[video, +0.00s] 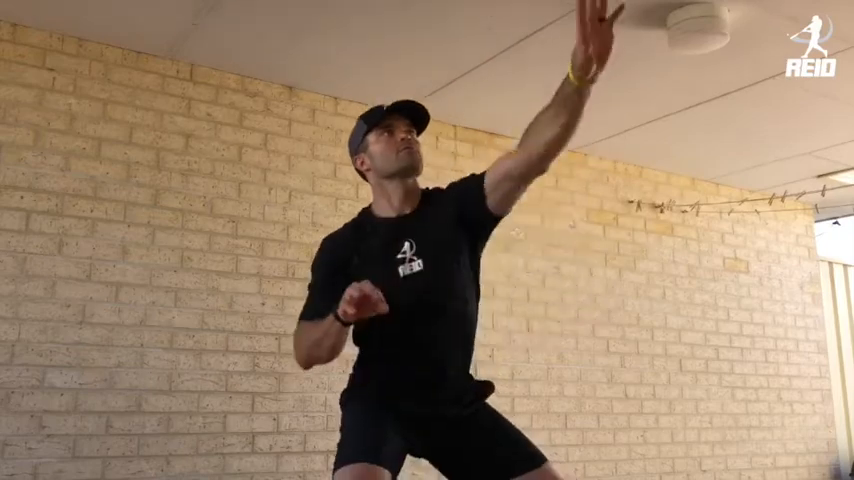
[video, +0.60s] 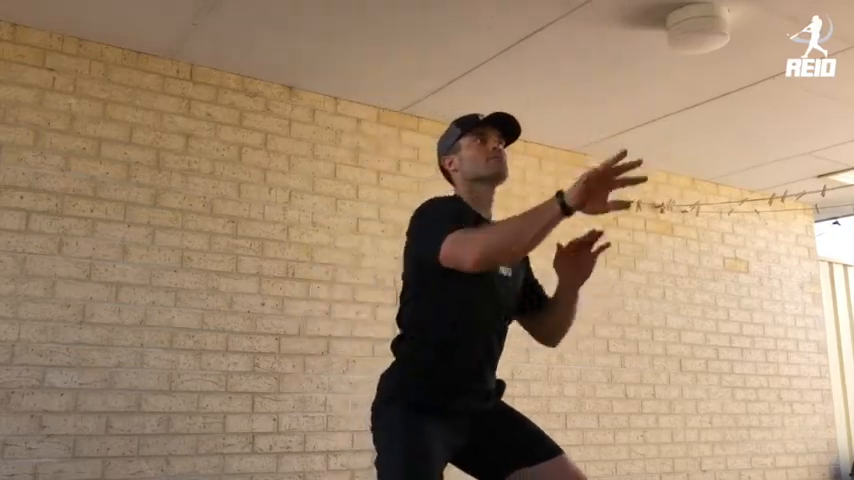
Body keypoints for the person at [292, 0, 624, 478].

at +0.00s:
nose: (406, 136)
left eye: (411, 131)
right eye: (387, 131)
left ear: (422, 152)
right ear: (362, 162)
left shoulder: (460, 209)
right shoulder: (343, 247)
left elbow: (530, 158)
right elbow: (307, 354)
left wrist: (581, 75)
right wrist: (340, 317)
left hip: (454, 404)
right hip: (379, 405)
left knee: (543, 475)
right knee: (360, 475)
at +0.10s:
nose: (413, 130)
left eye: (417, 125)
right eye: (394, 126)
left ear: (426, 144)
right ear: (368, 156)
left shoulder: (467, 212)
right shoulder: (346, 238)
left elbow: (564, 218)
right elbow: (316, 340)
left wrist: (561, 161)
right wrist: (372, 287)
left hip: (454, 400)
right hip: (378, 403)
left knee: (542, 476)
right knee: (362, 475)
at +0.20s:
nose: (431, 130)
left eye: (435, 126)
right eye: (412, 125)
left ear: (443, 144)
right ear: (385, 154)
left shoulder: (477, 221)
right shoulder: (365, 228)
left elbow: (565, 284)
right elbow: (347, 309)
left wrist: (560, 252)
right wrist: (421, 238)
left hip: (456, 400)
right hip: (382, 402)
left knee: (545, 475)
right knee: (372, 474)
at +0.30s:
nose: (457, 136)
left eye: (462, 132)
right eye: (439, 132)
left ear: (472, 149)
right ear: (412, 160)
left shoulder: (492, 240)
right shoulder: (396, 218)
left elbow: (532, 316)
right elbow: (411, 252)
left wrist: (555, 298)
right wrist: (478, 185)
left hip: (461, 405)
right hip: (393, 402)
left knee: (551, 475)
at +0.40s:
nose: (481, 144)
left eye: (483, 139)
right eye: (463, 138)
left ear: (492, 154)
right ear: (435, 165)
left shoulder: (495, 252)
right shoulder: (426, 216)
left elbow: (508, 328)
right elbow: (493, 201)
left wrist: (548, 319)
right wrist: (571, 124)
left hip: (467, 407)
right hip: (403, 406)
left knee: (560, 476)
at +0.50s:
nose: (493, 146)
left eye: (497, 141)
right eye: (474, 140)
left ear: (502, 160)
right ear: (447, 165)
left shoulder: (501, 252)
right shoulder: (438, 215)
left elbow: (512, 335)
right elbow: (515, 205)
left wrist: (552, 314)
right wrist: (596, 144)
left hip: (472, 406)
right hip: (412, 406)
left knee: (563, 476)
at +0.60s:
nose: (496, 146)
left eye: (499, 141)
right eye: (479, 140)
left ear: (508, 159)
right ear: (451, 164)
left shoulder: (509, 251)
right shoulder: (434, 216)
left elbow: (548, 331)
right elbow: (475, 253)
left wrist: (568, 286)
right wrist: (567, 202)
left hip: (477, 406)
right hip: (414, 405)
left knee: (565, 475)